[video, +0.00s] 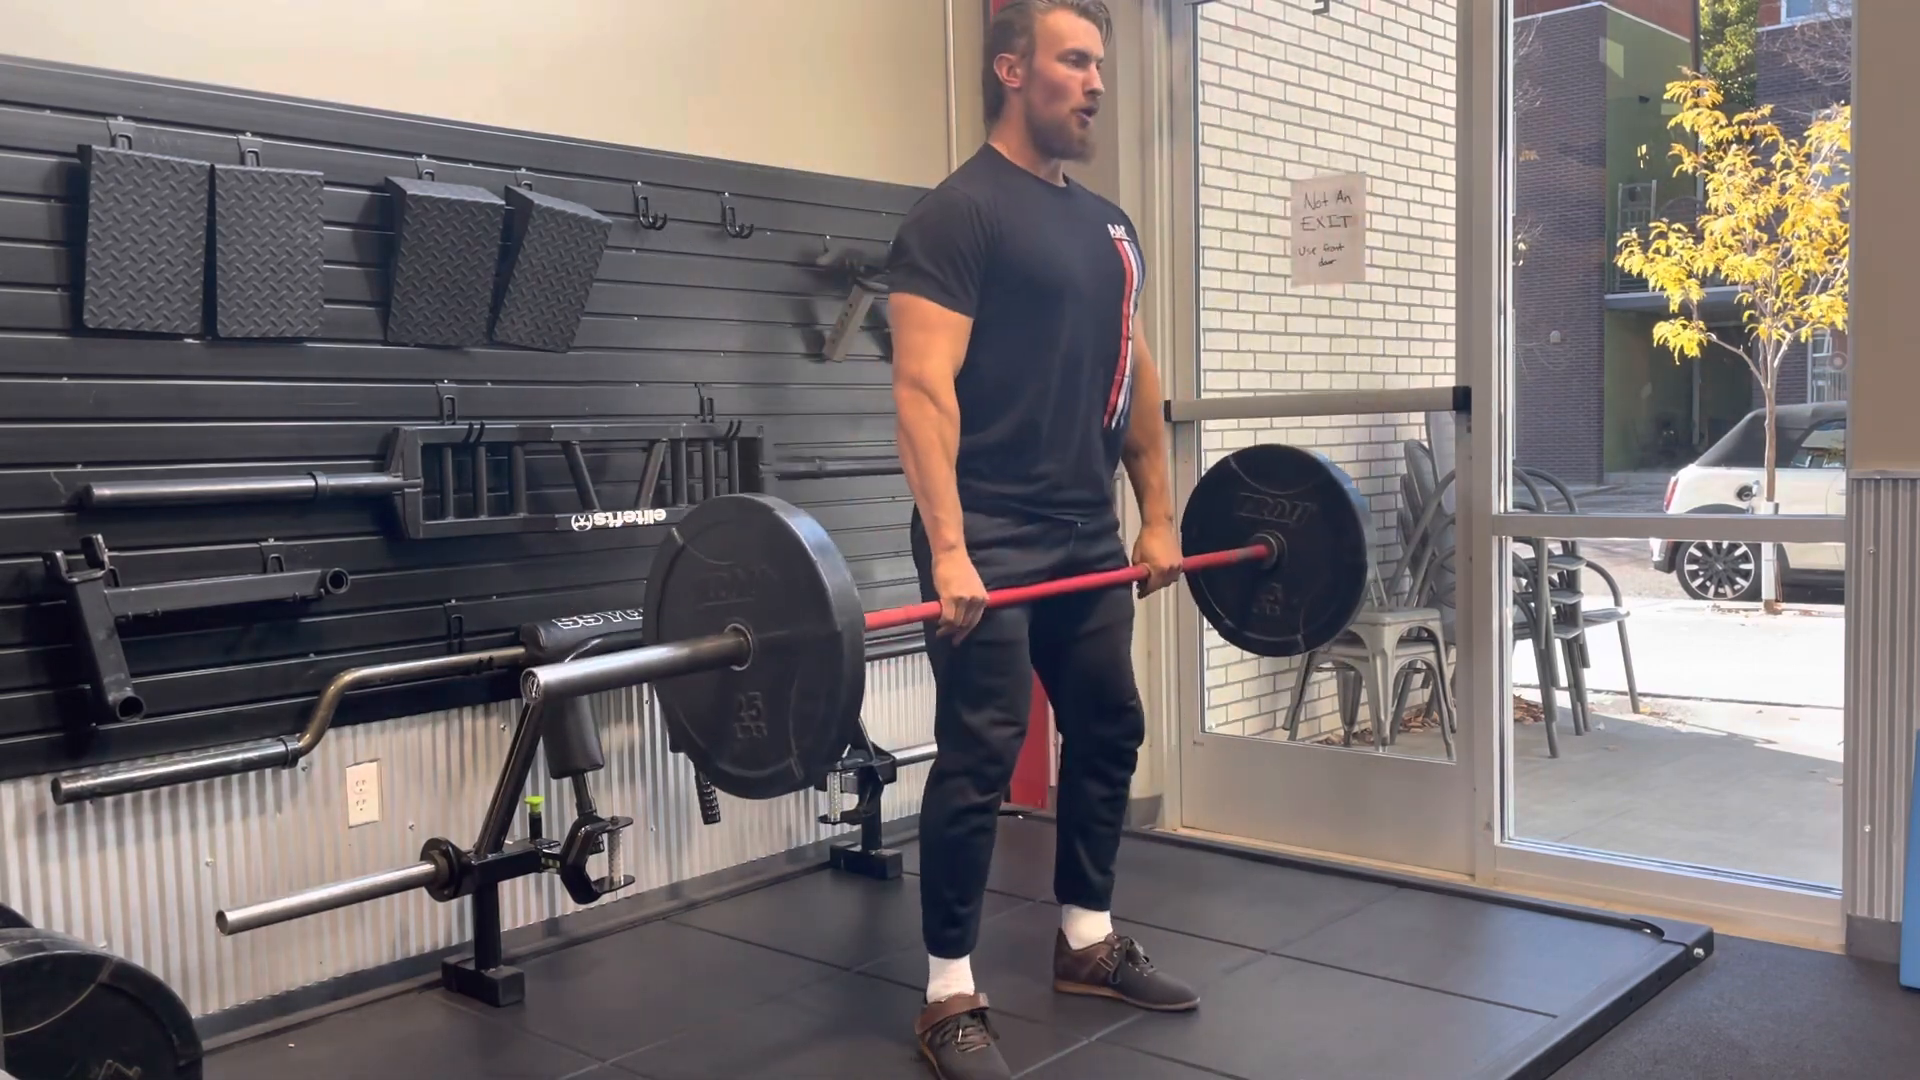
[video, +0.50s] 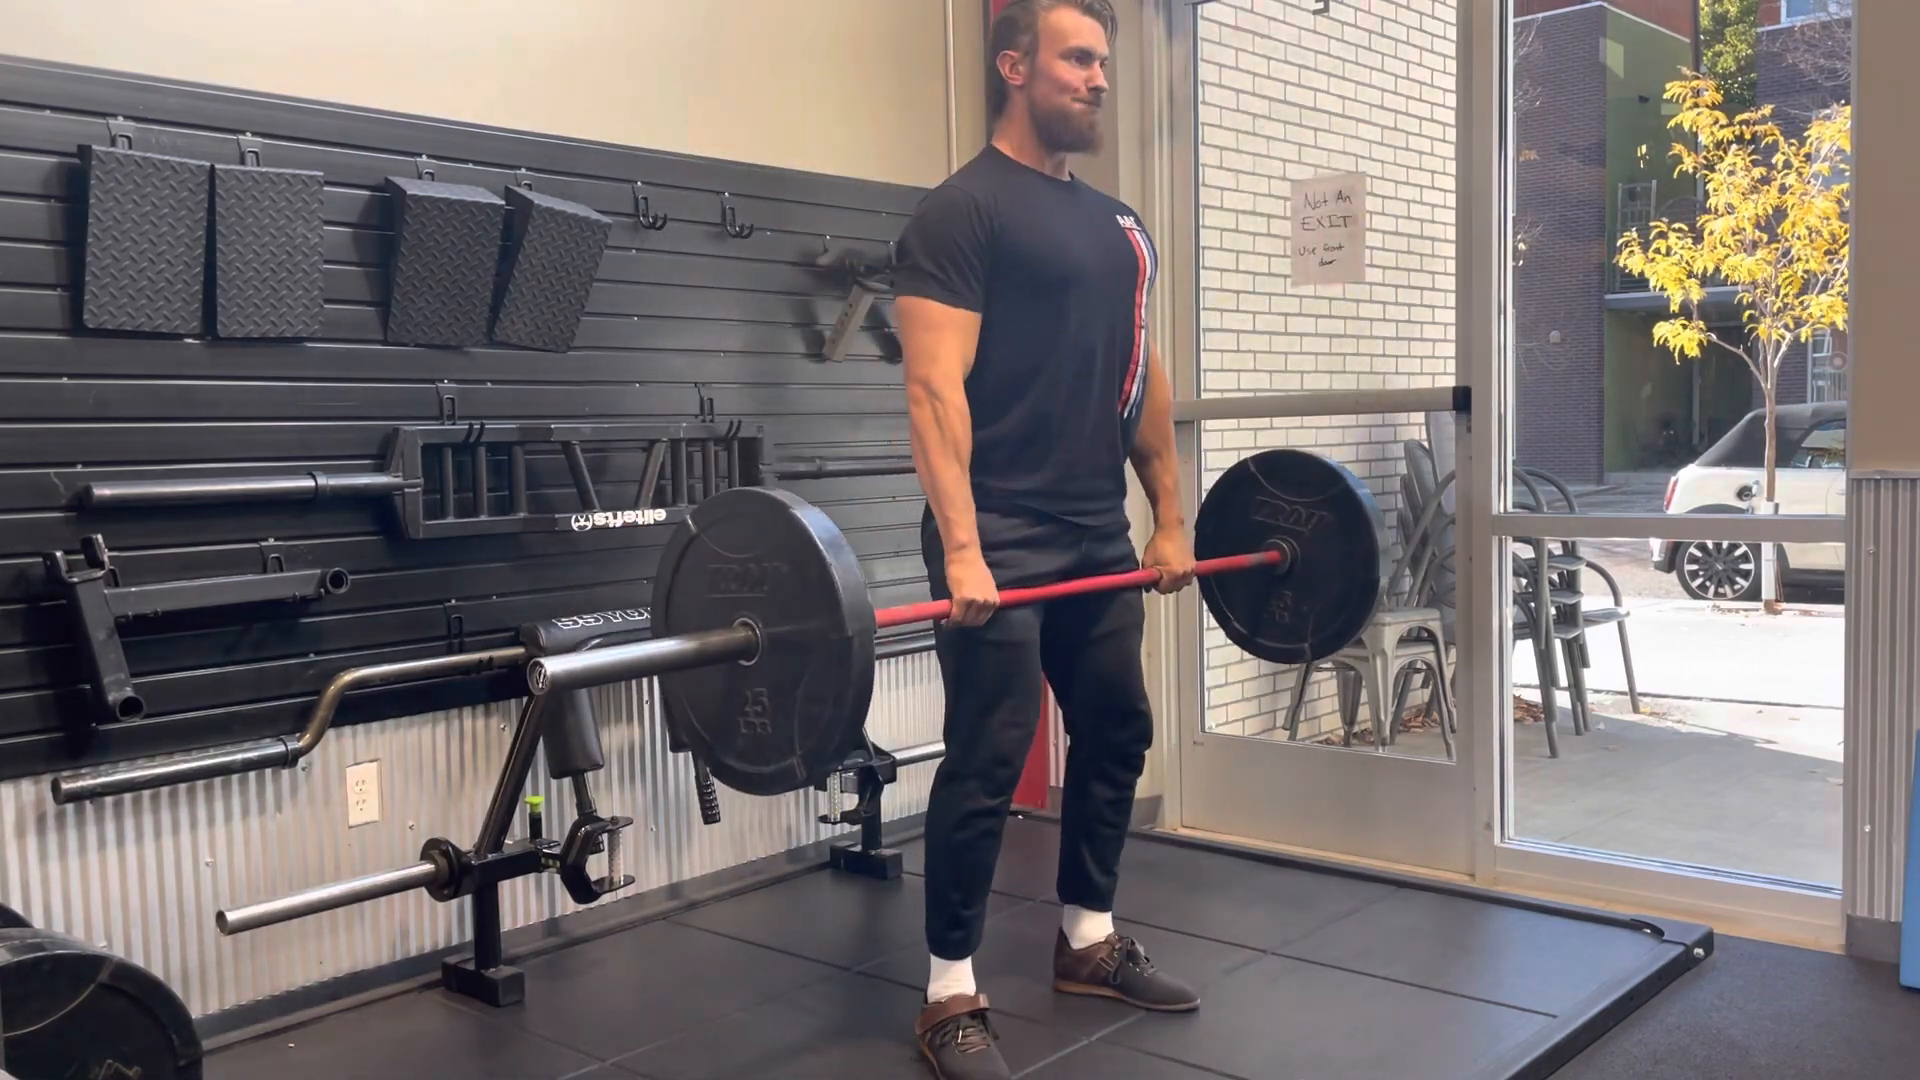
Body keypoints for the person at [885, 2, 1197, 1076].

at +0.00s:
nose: (1097, 83)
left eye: (1101, 65)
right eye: (1077, 61)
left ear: (1085, 82)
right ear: (1010, 71)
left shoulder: (1108, 227)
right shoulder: (953, 215)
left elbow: (1136, 381)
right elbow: (920, 391)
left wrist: (1157, 518)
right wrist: (948, 547)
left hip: (1085, 526)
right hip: (982, 531)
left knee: (1108, 727)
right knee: (982, 747)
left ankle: (1086, 940)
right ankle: (949, 992)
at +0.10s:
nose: (1101, 84)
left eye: (1105, 67)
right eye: (1081, 62)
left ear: (1087, 84)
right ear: (1014, 72)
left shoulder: (1114, 228)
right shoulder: (956, 215)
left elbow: (1139, 379)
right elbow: (923, 392)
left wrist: (1160, 520)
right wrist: (951, 548)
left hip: (1085, 530)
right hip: (983, 533)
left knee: (1115, 729)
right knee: (988, 746)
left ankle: (1086, 941)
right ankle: (949, 995)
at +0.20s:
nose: (1102, 81)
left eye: (1105, 64)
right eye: (1081, 60)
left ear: (1088, 81)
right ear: (1014, 70)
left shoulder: (1115, 225)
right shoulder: (957, 214)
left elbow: (1141, 380)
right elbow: (931, 393)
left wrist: (1167, 517)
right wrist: (956, 549)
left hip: (1087, 528)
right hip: (984, 531)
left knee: (1114, 728)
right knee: (988, 747)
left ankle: (1087, 940)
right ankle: (950, 994)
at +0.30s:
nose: (1101, 80)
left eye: (1105, 63)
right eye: (1081, 58)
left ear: (1089, 79)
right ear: (1014, 69)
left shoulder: (1116, 224)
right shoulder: (957, 213)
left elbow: (1143, 378)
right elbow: (930, 394)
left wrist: (1168, 518)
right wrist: (957, 547)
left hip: (1090, 527)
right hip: (988, 531)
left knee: (1117, 728)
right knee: (990, 748)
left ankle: (1087, 940)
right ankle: (950, 993)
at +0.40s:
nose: (1100, 79)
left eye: (1104, 62)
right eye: (1080, 58)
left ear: (1088, 79)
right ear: (1013, 69)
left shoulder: (1117, 222)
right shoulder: (957, 212)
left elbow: (1143, 378)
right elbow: (930, 392)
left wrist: (1170, 519)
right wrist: (958, 546)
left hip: (1094, 528)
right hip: (991, 532)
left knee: (1115, 731)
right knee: (987, 755)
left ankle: (1087, 941)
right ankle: (950, 994)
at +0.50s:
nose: (1100, 79)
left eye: (1104, 63)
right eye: (1079, 58)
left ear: (1092, 80)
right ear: (1013, 69)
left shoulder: (1121, 228)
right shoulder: (957, 214)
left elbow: (1143, 385)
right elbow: (932, 393)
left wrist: (1170, 521)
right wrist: (960, 547)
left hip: (1094, 529)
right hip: (990, 533)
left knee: (1116, 730)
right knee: (988, 756)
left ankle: (1087, 940)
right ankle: (950, 994)